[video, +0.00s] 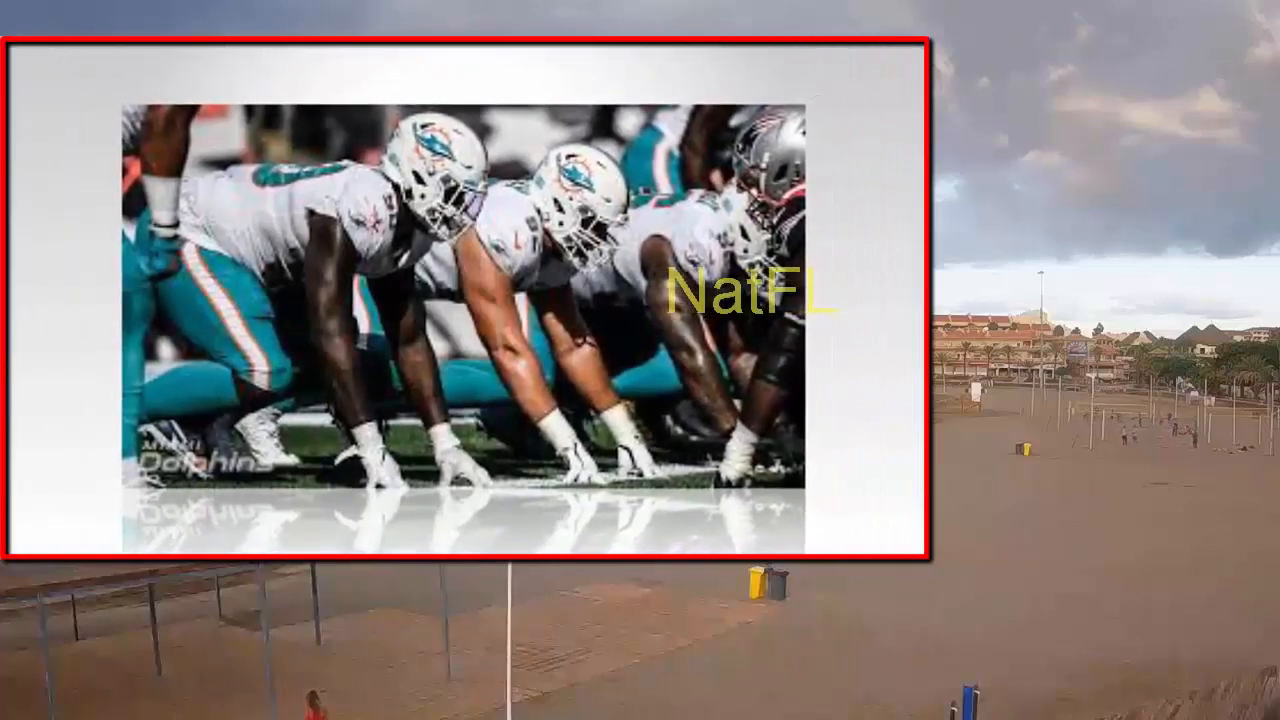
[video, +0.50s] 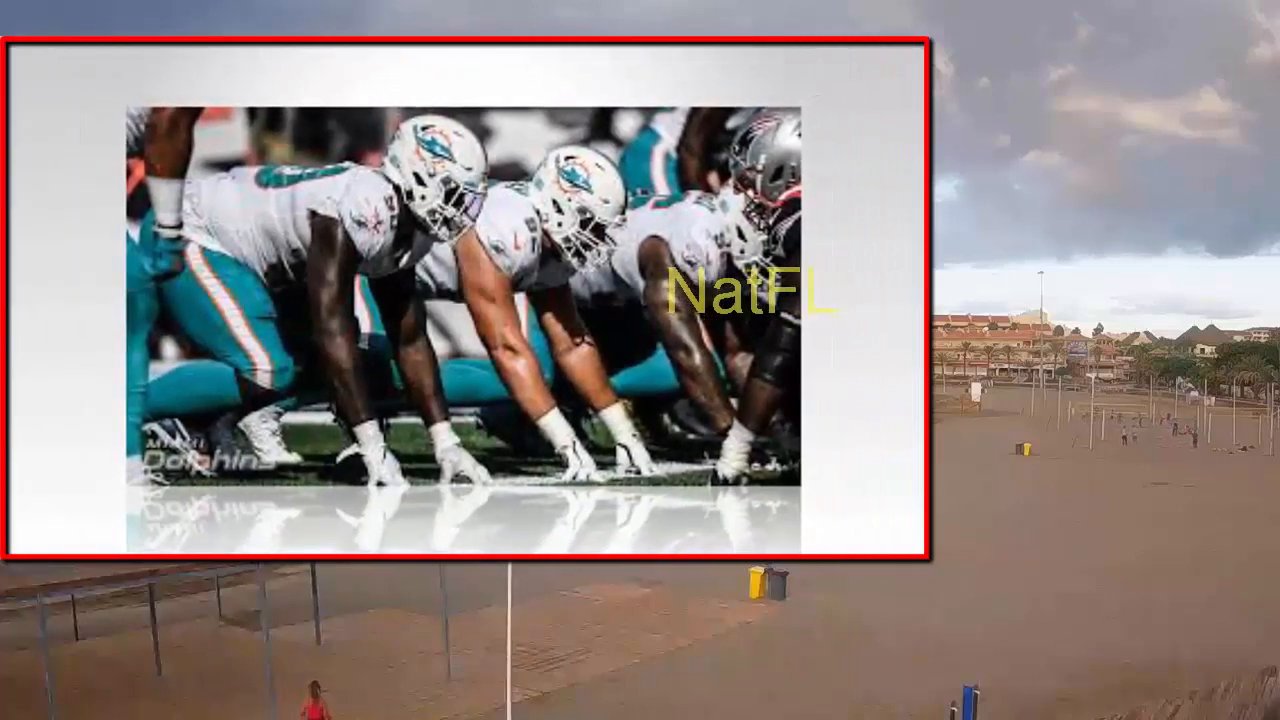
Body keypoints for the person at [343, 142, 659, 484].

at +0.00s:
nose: (599, 239)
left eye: (604, 228)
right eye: (592, 223)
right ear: (560, 200)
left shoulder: (548, 244)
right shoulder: (500, 227)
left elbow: (575, 341)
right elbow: (508, 350)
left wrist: (625, 433)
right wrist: (567, 445)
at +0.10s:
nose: (597, 240)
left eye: (603, 230)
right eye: (592, 224)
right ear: (560, 201)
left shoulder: (546, 245)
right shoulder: (499, 228)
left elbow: (574, 342)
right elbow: (507, 349)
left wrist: (625, 433)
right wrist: (567, 444)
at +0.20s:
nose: (597, 239)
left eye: (604, 230)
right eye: (591, 225)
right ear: (561, 205)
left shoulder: (549, 242)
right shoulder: (501, 229)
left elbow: (573, 342)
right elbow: (507, 349)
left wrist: (625, 433)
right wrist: (568, 445)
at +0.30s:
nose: (596, 239)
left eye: (603, 230)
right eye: (590, 225)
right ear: (561, 205)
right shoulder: (499, 229)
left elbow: (573, 341)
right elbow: (507, 349)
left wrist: (625, 433)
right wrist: (567, 444)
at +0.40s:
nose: (596, 239)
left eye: (602, 229)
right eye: (590, 225)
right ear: (560, 205)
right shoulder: (499, 230)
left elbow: (572, 341)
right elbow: (507, 349)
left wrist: (624, 432)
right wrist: (566, 443)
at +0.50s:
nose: (596, 239)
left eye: (603, 230)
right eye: (591, 226)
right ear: (561, 206)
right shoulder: (501, 229)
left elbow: (572, 341)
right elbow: (507, 348)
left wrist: (624, 432)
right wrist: (567, 443)